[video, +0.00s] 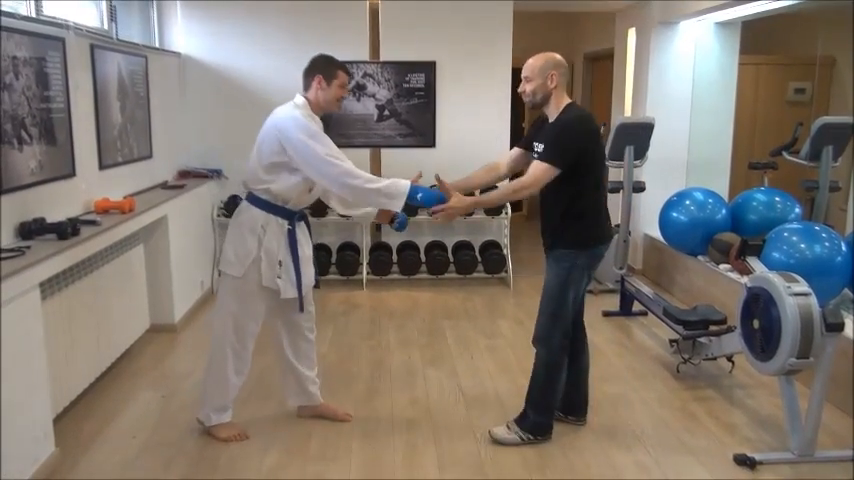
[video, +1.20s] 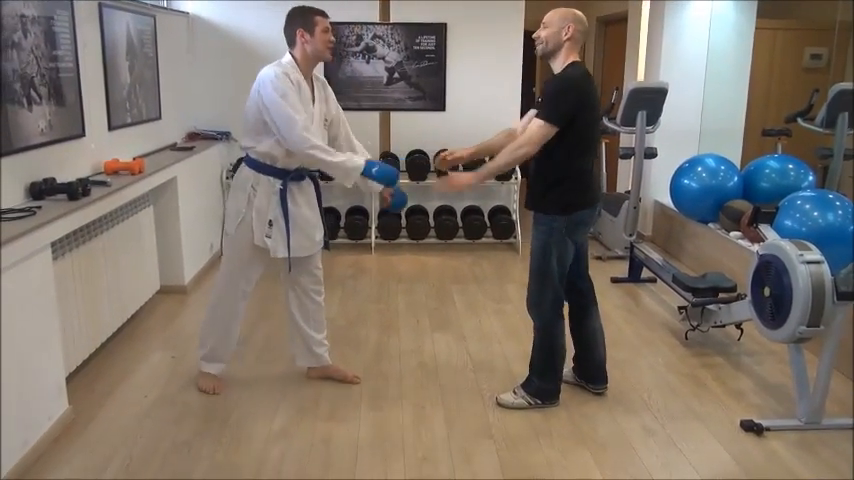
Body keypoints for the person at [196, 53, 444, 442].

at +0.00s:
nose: (344, 97)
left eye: (346, 90)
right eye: (341, 88)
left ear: (319, 86)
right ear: (318, 83)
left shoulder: (309, 125)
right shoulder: (291, 121)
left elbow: (334, 191)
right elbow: (341, 177)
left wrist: (379, 211)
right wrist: (410, 191)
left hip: (290, 230)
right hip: (257, 226)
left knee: (299, 316)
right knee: (238, 322)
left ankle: (309, 400)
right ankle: (214, 415)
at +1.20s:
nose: (333, 40)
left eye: (332, 33)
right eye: (326, 32)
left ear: (311, 39)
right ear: (301, 37)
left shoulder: (321, 87)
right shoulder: (273, 79)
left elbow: (346, 143)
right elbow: (299, 143)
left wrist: (380, 186)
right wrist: (362, 170)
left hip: (300, 189)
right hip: (258, 187)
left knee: (308, 276)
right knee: (237, 278)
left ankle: (317, 360)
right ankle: (210, 366)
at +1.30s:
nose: (321, 40)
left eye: (319, 34)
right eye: (314, 34)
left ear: (299, 39)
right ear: (290, 37)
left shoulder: (310, 87)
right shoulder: (259, 80)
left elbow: (331, 148)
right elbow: (268, 149)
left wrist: (354, 199)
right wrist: (325, 186)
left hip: (298, 191)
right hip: (256, 191)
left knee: (307, 278)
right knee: (234, 277)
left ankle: (318, 361)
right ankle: (212, 366)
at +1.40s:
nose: (311, 42)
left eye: (309, 36)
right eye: (304, 35)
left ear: (284, 41)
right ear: (279, 40)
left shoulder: (303, 90)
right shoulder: (245, 85)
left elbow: (309, 153)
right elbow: (244, 155)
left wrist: (316, 205)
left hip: (290, 193)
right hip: (247, 195)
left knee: (306, 281)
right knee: (229, 285)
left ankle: (319, 363)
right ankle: (212, 369)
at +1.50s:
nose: (302, 47)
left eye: (301, 40)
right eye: (296, 40)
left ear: (276, 45)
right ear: (271, 44)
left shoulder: (293, 92)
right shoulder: (235, 89)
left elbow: (282, 154)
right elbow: (218, 157)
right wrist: (211, 221)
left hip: (281, 196)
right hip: (239, 197)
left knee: (303, 284)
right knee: (225, 289)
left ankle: (318, 365)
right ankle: (211, 371)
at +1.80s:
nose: (304, 55)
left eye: (304, 48)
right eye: (298, 48)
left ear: (280, 51)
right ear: (273, 50)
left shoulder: (296, 95)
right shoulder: (233, 92)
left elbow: (307, 152)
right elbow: (196, 152)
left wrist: (325, 196)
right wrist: (194, 207)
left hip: (281, 201)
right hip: (236, 201)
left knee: (297, 286)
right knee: (221, 291)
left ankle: (307, 369)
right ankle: (213, 376)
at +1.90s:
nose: (312, 60)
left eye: (312, 53)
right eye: (306, 52)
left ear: (292, 55)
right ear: (280, 52)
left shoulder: (309, 100)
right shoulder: (240, 92)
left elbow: (324, 155)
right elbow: (210, 155)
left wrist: (353, 197)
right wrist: (228, 203)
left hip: (283, 202)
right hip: (238, 200)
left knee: (298, 289)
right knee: (223, 291)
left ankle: (310, 371)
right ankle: (213, 377)